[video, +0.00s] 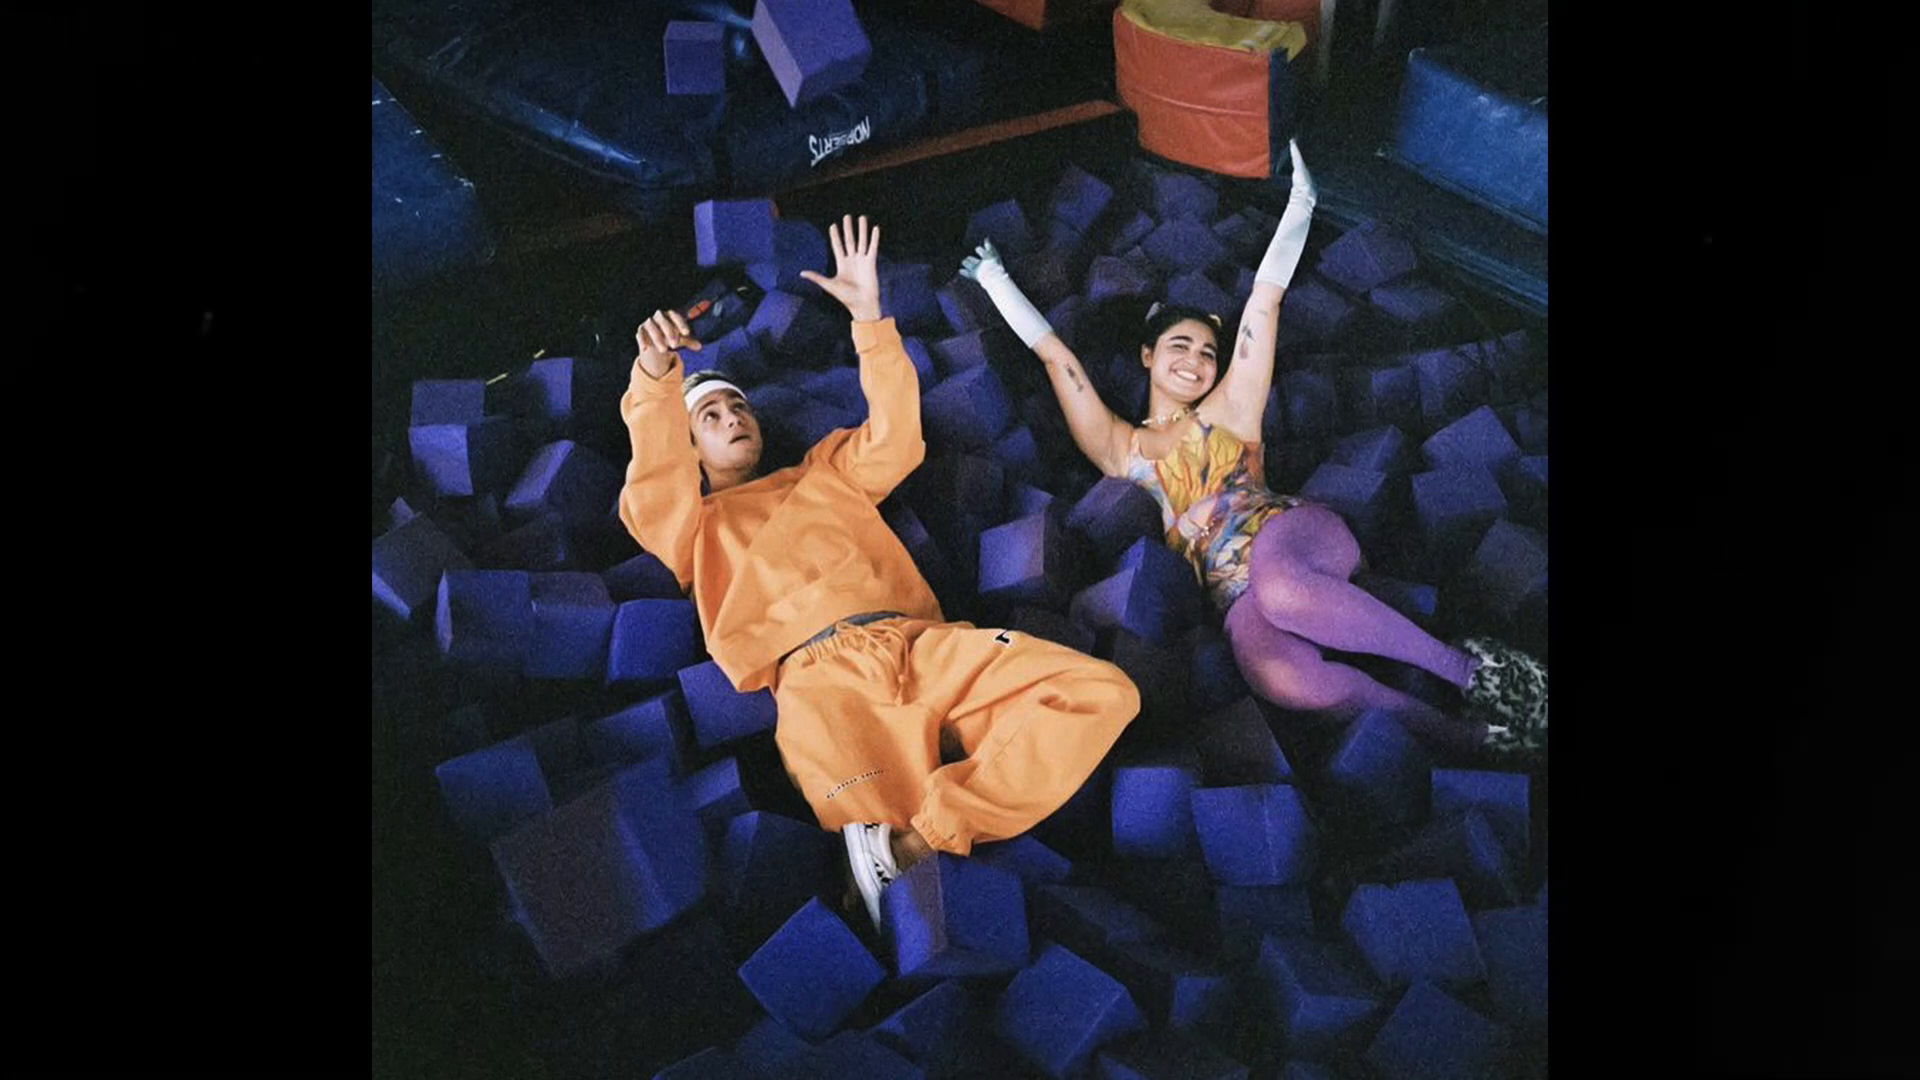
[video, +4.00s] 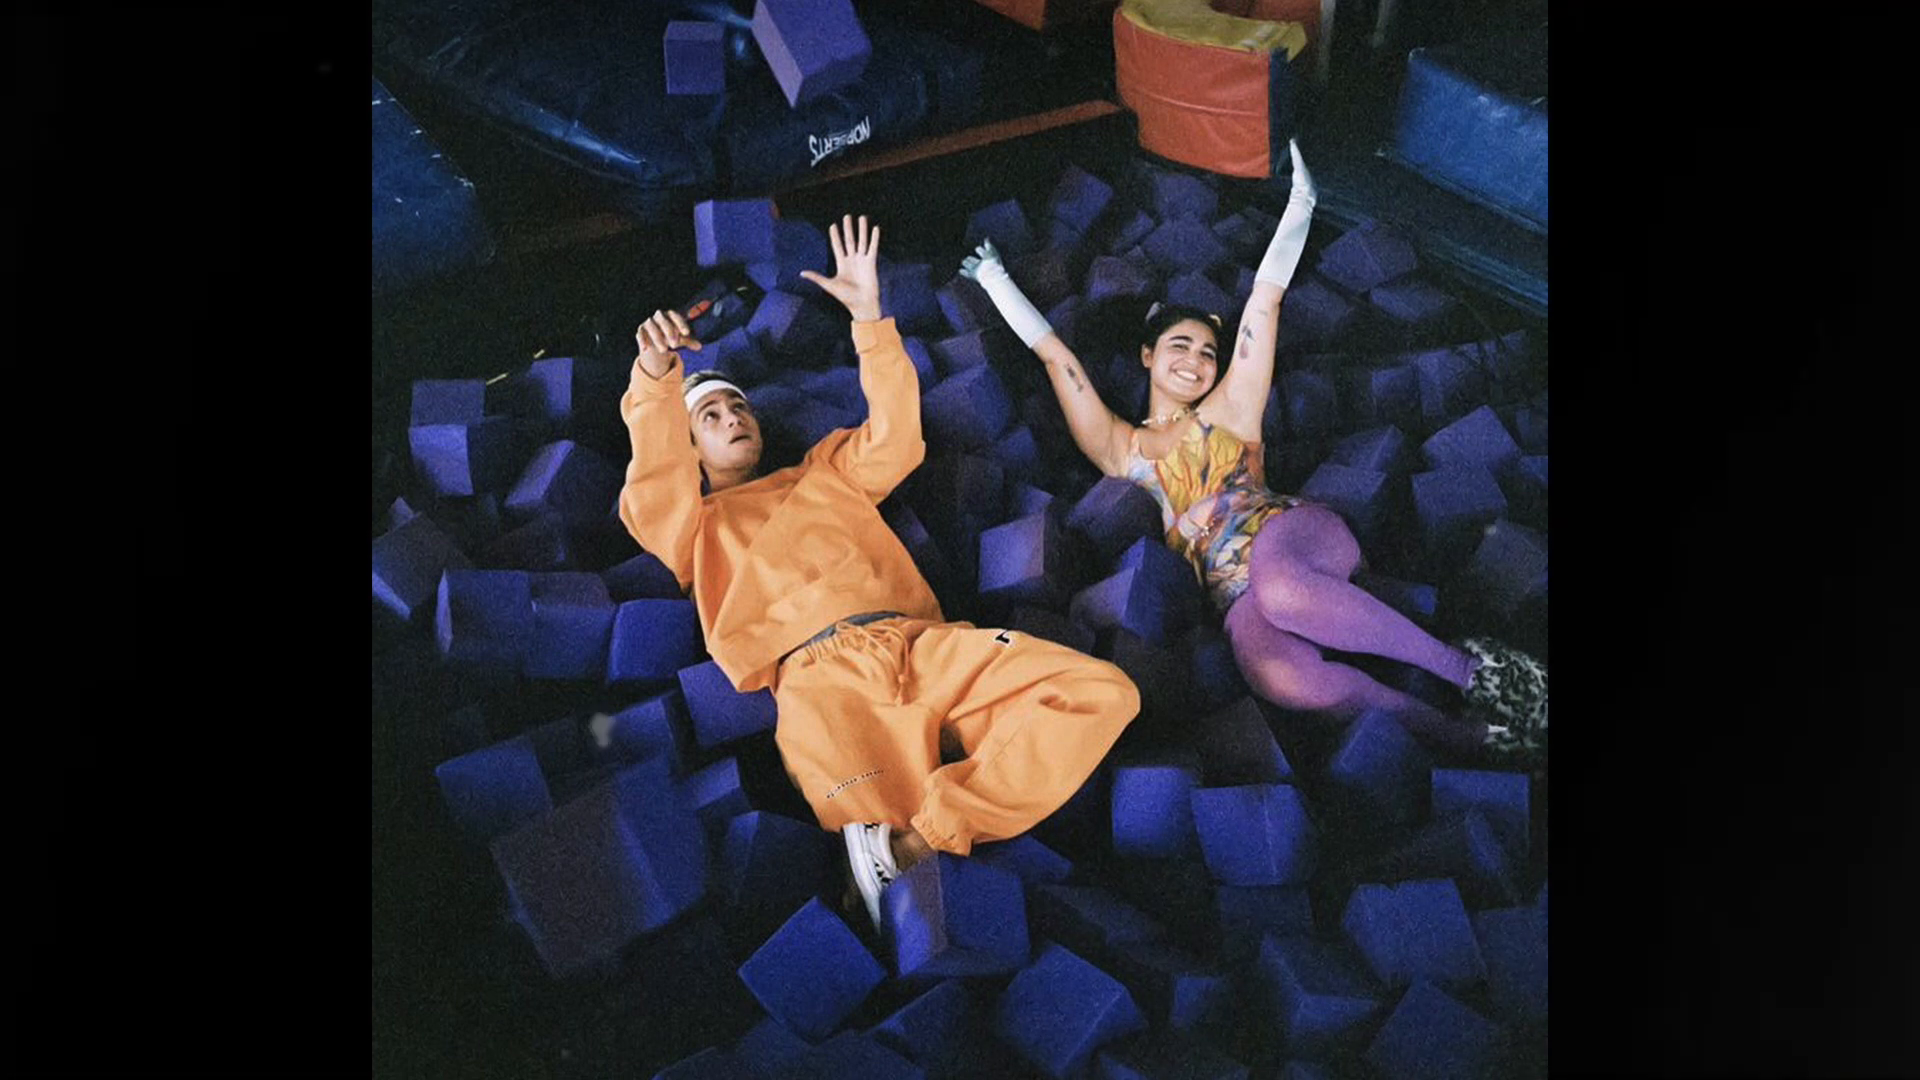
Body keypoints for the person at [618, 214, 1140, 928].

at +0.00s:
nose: (730, 418)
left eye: (738, 407)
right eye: (709, 415)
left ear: (761, 426)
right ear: (688, 449)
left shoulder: (827, 468)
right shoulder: (696, 525)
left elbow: (895, 435)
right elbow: (654, 477)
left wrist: (868, 317)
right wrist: (655, 374)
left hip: (917, 640)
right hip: (819, 673)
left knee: (1094, 693)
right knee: (880, 827)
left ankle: (915, 841)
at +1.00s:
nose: (730, 418)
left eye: (738, 407)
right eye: (709, 415)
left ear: (761, 426)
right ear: (688, 449)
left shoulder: (827, 468)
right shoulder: (696, 525)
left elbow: (895, 435)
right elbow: (654, 477)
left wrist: (868, 316)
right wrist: (655, 374)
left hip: (917, 640)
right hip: (819, 673)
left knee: (1094, 693)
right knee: (880, 826)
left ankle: (915, 841)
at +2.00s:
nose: (730, 418)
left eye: (738, 407)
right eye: (709, 415)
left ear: (761, 426)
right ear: (688, 448)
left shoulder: (827, 468)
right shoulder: (695, 525)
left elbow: (895, 436)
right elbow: (654, 477)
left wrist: (868, 317)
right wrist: (655, 373)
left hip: (918, 640)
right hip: (819, 673)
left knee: (1094, 692)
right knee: (880, 827)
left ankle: (917, 841)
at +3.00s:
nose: (731, 418)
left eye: (738, 406)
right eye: (709, 415)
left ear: (759, 424)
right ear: (687, 448)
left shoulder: (827, 468)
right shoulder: (695, 524)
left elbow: (895, 436)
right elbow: (654, 476)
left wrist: (868, 317)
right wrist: (655, 372)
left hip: (918, 640)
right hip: (820, 672)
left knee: (1094, 692)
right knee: (880, 828)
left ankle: (918, 840)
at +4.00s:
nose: (731, 418)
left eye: (738, 407)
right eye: (709, 415)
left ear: (760, 425)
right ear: (687, 449)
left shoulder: (827, 468)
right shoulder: (696, 525)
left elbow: (895, 436)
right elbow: (655, 477)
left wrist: (868, 317)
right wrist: (655, 373)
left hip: (918, 641)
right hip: (820, 673)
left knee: (1094, 692)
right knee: (884, 833)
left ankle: (916, 841)